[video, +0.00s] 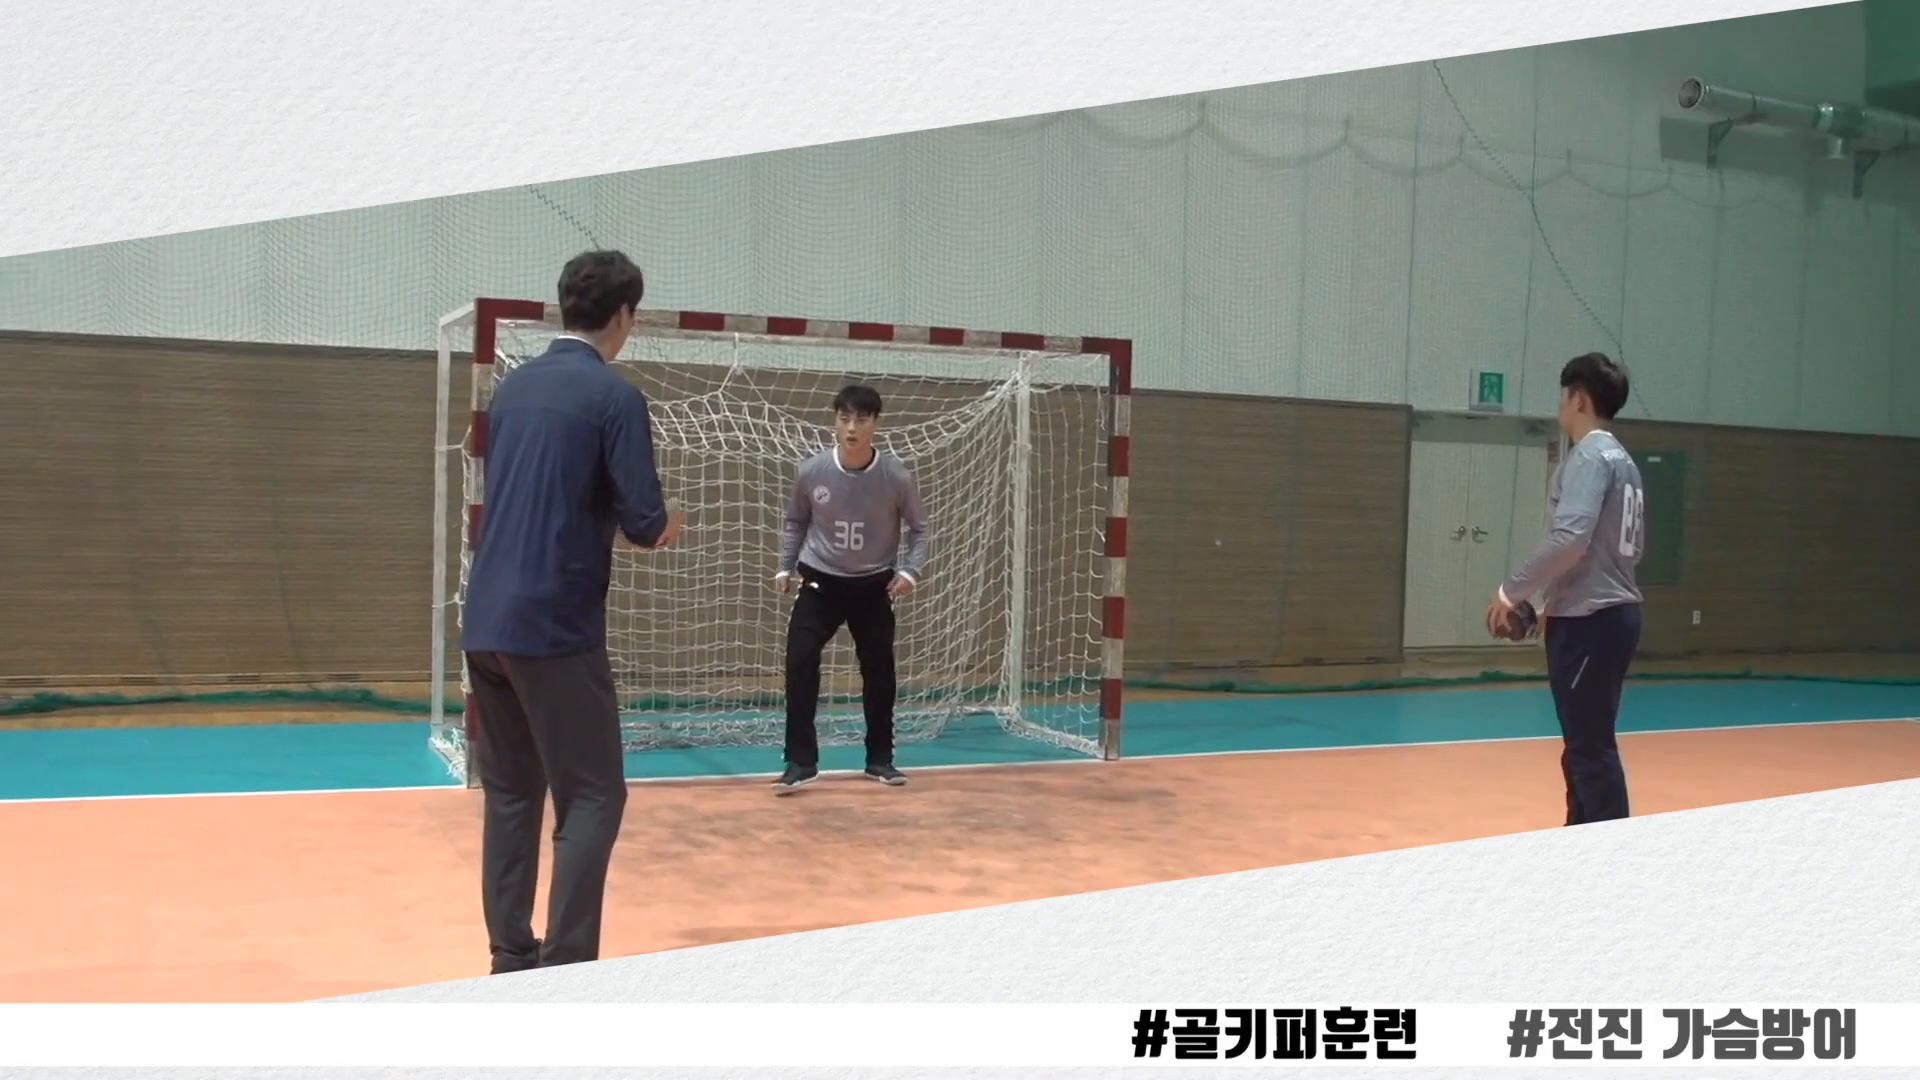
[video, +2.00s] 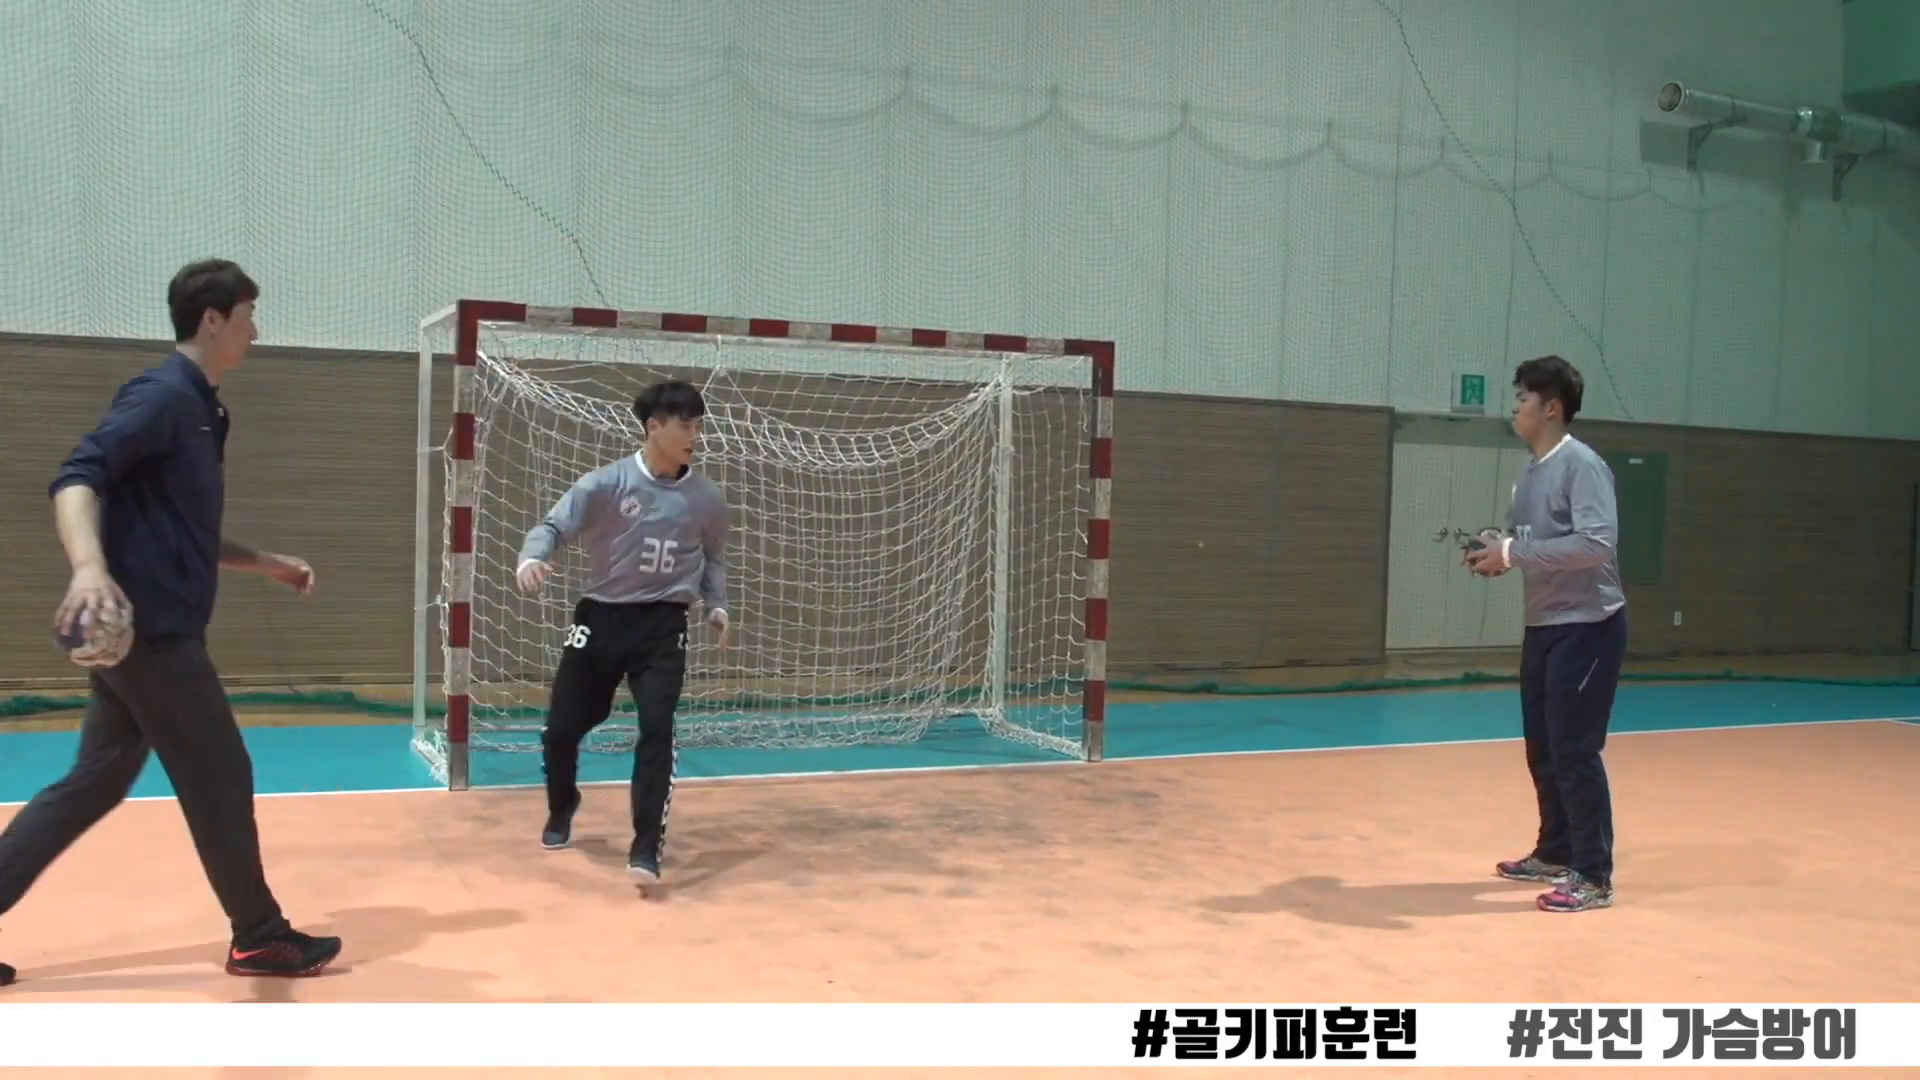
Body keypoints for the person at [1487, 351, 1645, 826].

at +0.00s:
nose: (1561, 408)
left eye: (1563, 398)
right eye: (1562, 398)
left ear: (1579, 399)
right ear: (1602, 404)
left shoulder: (1590, 454)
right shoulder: (1622, 459)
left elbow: (1570, 539)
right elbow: (1618, 552)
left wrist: (1511, 590)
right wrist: (1553, 605)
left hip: (1588, 621)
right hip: (1612, 618)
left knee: (1588, 752)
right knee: (1588, 750)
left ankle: (1607, 860)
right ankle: (1583, 857)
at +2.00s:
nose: (1515, 407)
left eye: (1525, 398)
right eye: (1517, 398)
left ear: (1555, 406)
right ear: (1541, 407)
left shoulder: (1584, 464)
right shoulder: (1531, 473)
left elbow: (1597, 547)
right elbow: (1535, 545)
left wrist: (1515, 553)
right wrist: (1500, 551)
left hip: (1588, 627)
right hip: (1544, 627)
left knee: (1574, 749)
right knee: (1542, 747)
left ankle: (1594, 877)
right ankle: (1556, 853)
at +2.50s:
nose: (1495, 416)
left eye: (1502, 408)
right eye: (1497, 407)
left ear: (1530, 415)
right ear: (1522, 415)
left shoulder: (1573, 474)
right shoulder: (1501, 475)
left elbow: (1637, 526)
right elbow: (1483, 541)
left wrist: (1600, 566)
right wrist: (1460, 585)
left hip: (1566, 635)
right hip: (1516, 634)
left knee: (1557, 745)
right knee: (1507, 732)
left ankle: (1591, 877)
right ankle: (1550, 843)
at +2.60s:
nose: (1489, 421)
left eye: (1496, 413)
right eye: (1490, 412)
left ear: (1523, 418)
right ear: (1512, 418)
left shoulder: (1570, 478)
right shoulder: (1496, 480)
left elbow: (1621, 507)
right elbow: (1480, 553)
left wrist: (1626, 497)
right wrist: (1446, 603)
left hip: (1562, 634)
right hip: (1510, 632)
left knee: (1552, 746)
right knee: (1478, 721)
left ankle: (1591, 877)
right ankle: (1530, 828)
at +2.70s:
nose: (1478, 431)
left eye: (1483, 421)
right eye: (1479, 422)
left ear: (1506, 425)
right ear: (1508, 425)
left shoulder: (1558, 476)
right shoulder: (1490, 487)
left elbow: (1605, 472)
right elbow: (1481, 565)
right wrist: (1446, 617)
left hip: (1551, 635)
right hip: (1503, 634)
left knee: (1541, 746)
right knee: (1469, 719)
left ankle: (1590, 877)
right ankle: (1479, 833)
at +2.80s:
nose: (1467, 435)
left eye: (1471, 425)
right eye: (1469, 426)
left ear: (1491, 426)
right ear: (1497, 428)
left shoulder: (1533, 478)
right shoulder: (1486, 492)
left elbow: (1539, 420)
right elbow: (1478, 566)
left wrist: (1528, 349)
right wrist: (1460, 619)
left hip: (1534, 637)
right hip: (1493, 635)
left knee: (1529, 750)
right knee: (1460, 721)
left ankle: (1587, 875)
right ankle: (1433, 827)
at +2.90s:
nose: (1459, 431)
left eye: (1469, 423)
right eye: (1461, 423)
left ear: (1486, 428)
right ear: (1488, 429)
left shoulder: (1501, 476)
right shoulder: (1479, 481)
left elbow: (1465, 427)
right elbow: (1484, 564)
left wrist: (1448, 357)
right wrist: (1466, 625)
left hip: (1506, 634)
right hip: (1479, 632)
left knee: (1521, 750)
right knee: (1440, 720)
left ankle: (1584, 873)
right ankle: (1428, 831)